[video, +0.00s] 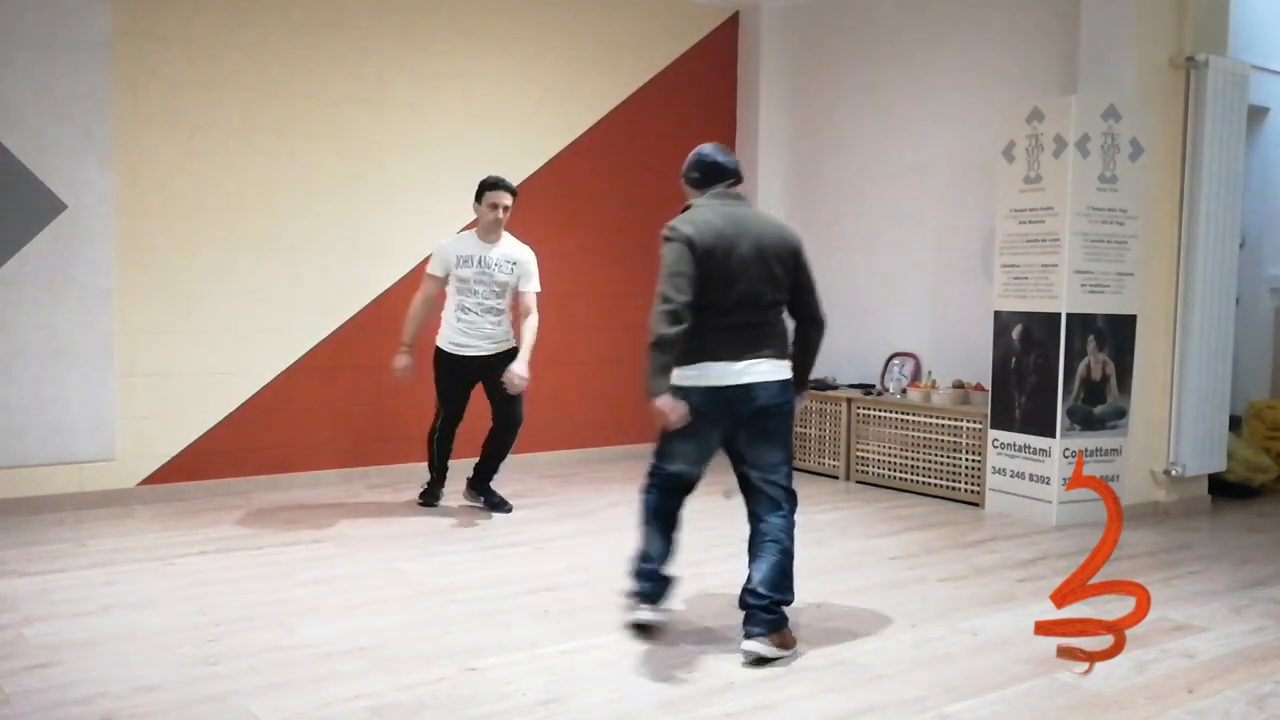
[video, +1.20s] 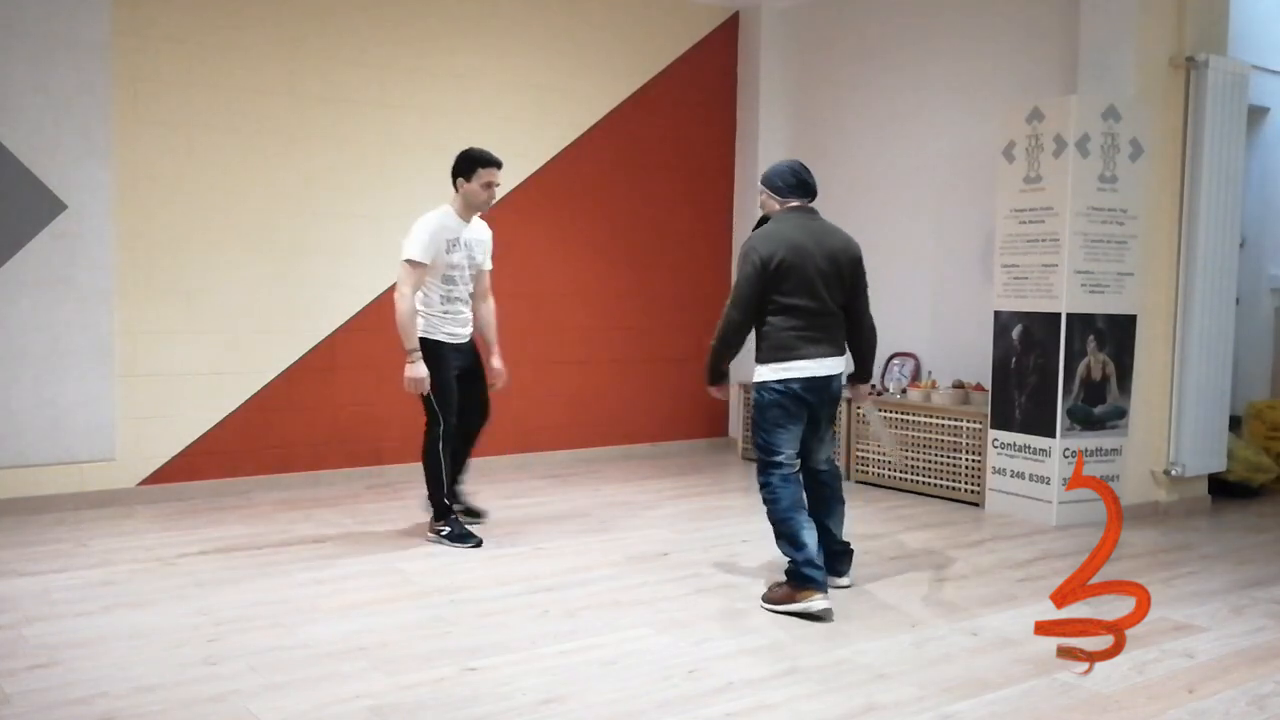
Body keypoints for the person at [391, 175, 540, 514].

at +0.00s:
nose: (500, 215)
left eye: (506, 209)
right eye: (494, 207)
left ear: (511, 212)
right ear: (477, 207)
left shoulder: (522, 256)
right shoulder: (449, 249)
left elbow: (529, 313)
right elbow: (424, 298)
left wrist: (522, 361)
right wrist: (405, 347)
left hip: (500, 354)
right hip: (454, 353)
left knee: (510, 420)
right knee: (447, 420)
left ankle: (479, 483)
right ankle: (435, 482)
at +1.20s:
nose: (494, 193)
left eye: (497, 185)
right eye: (487, 185)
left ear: (492, 187)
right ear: (461, 183)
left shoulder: (481, 232)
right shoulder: (432, 227)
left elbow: (483, 298)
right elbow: (403, 292)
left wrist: (493, 353)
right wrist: (412, 356)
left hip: (463, 342)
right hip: (432, 343)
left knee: (474, 414)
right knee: (443, 422)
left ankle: (448, 491)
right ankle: (442, 517)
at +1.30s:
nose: (483, 191)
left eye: (485, 184)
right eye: (476, 183)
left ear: (471, 185)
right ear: (450, 183)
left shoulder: (467, 231)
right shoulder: (420, 227)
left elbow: (467, 297)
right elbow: (397, 294)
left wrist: (468, 353)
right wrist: (406, 358)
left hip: (450, 344)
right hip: (421, 343)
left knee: (450, 418)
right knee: (433, 424)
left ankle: (394, 490)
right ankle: (441, 516)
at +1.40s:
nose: (469, 193)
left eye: (470, 184)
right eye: (462, 184)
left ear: (457, 185)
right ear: (435, 184)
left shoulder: (450, 232)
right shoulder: (409, 226)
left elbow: (451, 296)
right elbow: (383, 296)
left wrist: (451, 350)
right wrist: (388, 361)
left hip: (433, 344)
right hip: (409, 343)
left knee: (406, 426)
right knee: (432, 426)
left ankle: (348, 494)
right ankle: (441, 518)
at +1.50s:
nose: (448, 194)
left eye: (449, 186)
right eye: (441, 186)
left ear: (426, 187)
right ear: (415, 186)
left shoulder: (427, 232)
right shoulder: (392, 226)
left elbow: (430, 297)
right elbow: (362, 293)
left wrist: (439, 348)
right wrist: (356, 359)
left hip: (410, 346)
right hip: (390, 345)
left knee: (378, 428)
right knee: (429, 423)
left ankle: (314, 501)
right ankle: (440, 518)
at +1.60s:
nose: (422, 193)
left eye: (423, 185)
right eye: (414, 185)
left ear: (407, 189)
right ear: (388, 186)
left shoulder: (401, 234)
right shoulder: (363, 230)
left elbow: (409, 298)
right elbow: (332, 292)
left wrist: (430, 350)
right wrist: (317, 352)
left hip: (379, 344)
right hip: (364, 344)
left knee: (349, 428)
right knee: (410, 417)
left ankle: (301, 513)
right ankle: (430, 515)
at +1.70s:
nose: (392, 192)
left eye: (394, 184)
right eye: (384, 184)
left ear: (386, 186)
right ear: (358, 185)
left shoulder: (380, 233)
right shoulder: (331, 230)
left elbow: (395, 298)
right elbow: (300, 297)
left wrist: (421, 351)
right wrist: (289, 361)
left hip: (356, 344)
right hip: (335, 343)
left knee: (333, 434)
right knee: (388, 415)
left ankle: (297, 519)